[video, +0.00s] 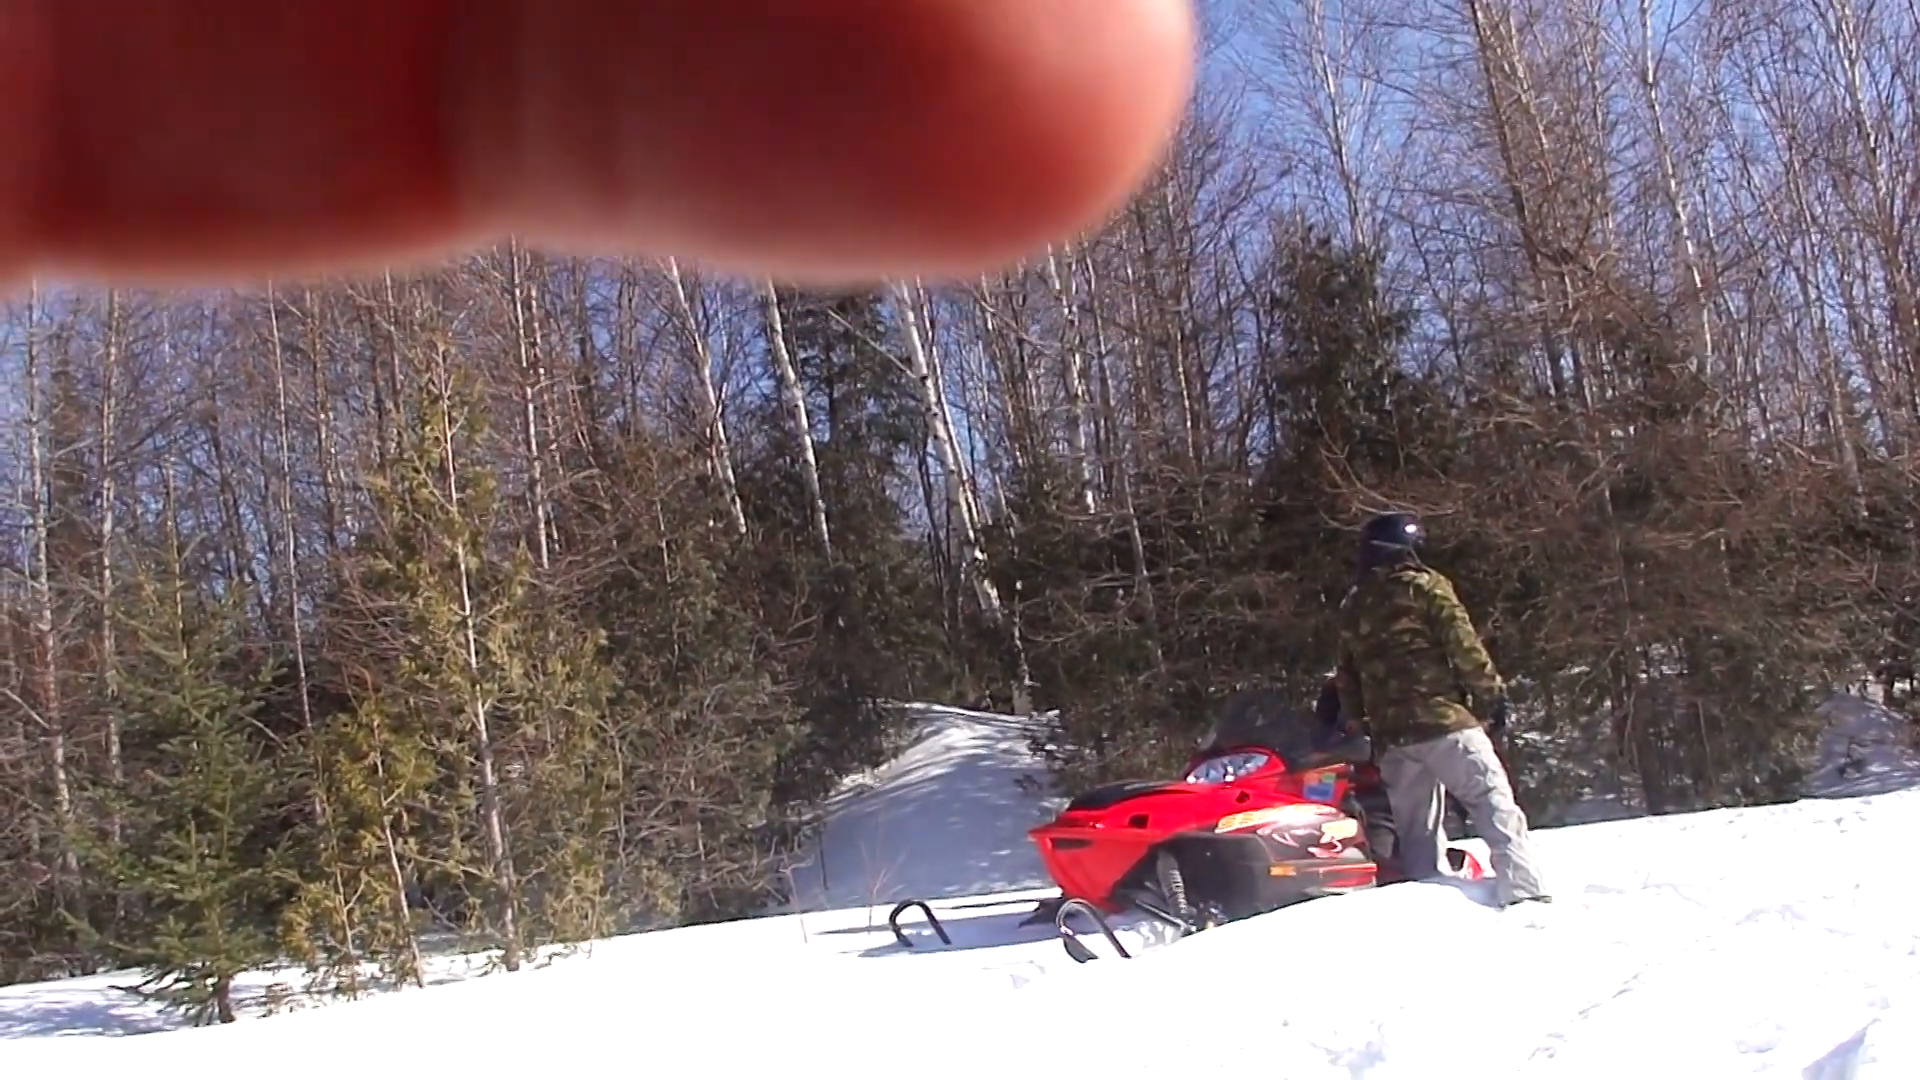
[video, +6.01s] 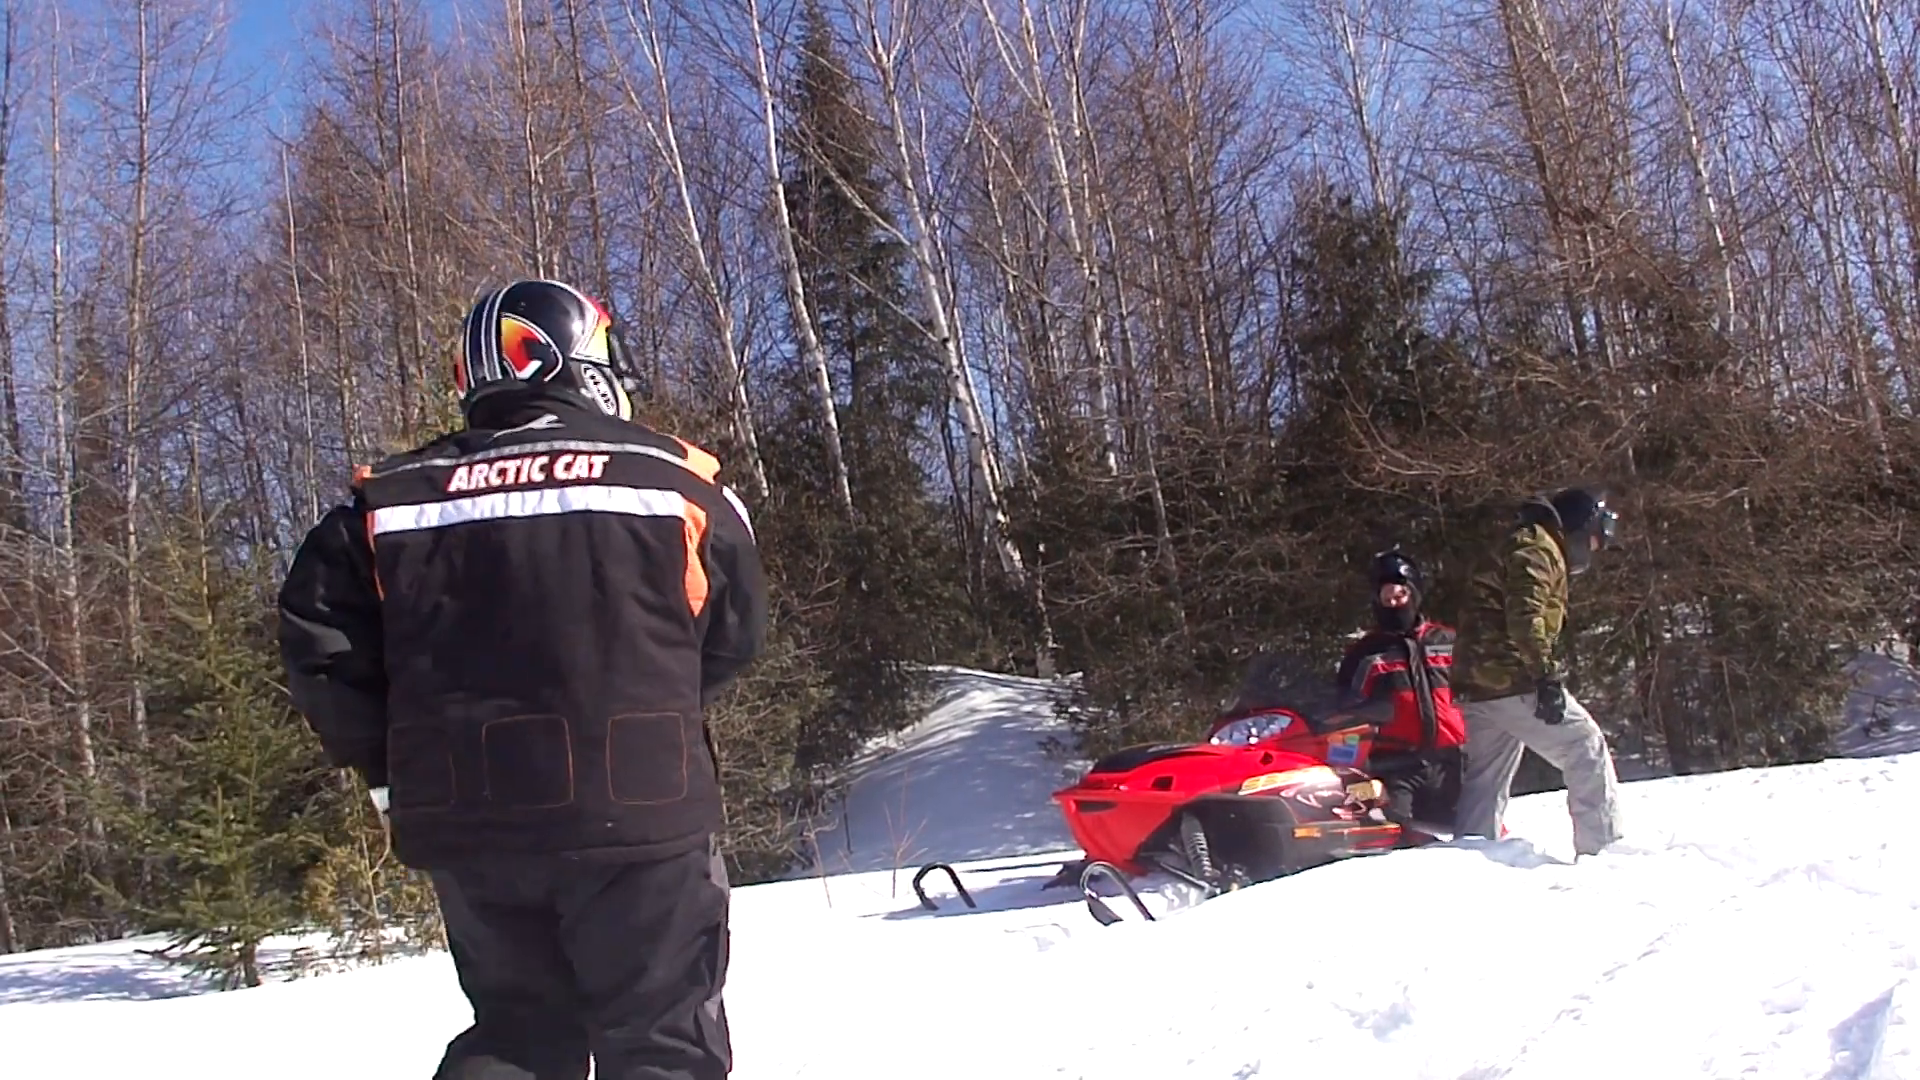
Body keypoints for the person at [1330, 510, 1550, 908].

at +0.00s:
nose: (1420, 551)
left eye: (1417, 546)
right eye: (1416, 545)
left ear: (1369, 552)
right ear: (1408, 547)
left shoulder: (1352, 605)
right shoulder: (1427, 584)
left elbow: (1348, 676)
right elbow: (1463, 647)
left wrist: (1362, 720)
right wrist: (1493, 697)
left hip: (1391, 734)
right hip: (1445, 720)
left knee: (1415, 833)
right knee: (1491, 800)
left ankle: (1426, 910)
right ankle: (1522, 890)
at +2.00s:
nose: (1443, 526)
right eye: (1439, 519)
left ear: (1391, 525)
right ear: (1433, 521)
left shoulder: (1376, 577)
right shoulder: (1453, 554)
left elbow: (1367, 644)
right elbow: (1488, 612)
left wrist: (1373, 691)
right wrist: (1513, 667)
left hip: (1413, 701)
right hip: (1468, 689)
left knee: (1438, 800)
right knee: (1512, 768)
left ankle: (1450, 879)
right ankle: (1543, 858)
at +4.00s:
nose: (1440, 513)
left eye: (1437, 506)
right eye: (1436, 506)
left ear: (1390, 513)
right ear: (1427, 508)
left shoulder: (1372, 566)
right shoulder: (1446, 542)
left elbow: (1366, 639)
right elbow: (1483, 603)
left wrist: (1380, 686)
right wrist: (1516, 654)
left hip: (1415, 699)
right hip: (1470, 684)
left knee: (1442, 800)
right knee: (1518, 760)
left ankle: (1450, 879)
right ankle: (1547, 853)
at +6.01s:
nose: (1593, 553)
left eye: (1598, 545)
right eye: (1595, 541)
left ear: (1564, 524)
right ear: (1577, 526)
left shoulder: (1512, 544)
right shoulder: (1536, 547)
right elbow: (1525, 616)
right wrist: (1549, 678)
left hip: (1476, 683)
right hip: (1510, 680)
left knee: (1484, 783)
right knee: (1585, 745)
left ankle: (1472, 863)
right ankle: (1600, 850)